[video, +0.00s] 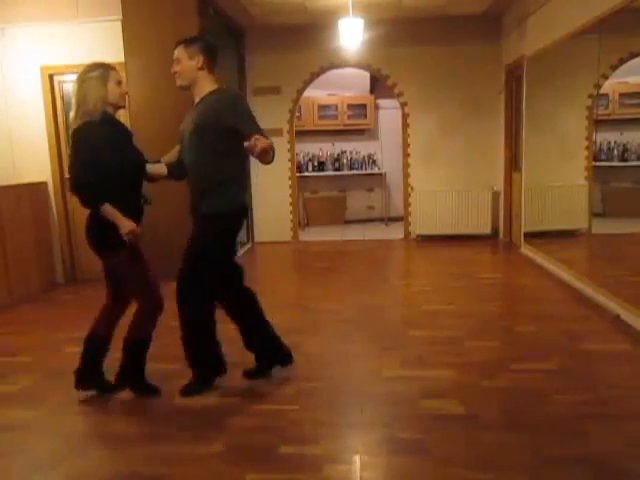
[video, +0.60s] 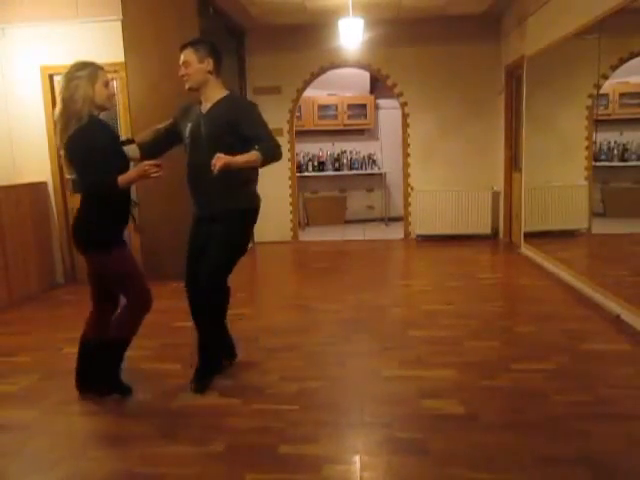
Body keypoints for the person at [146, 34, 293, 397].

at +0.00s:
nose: (173, 69)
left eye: (178, 62)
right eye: (173, 63)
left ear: (199, 62)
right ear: (194, 64)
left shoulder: (227, 101)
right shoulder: (194, 113)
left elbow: (266, 155)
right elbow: (180, 167)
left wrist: (264, 149)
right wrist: (135, 169)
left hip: (226, 210)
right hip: (206, 211)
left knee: (192, 286)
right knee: (227, 285)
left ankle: (206, 368)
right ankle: (271, 352)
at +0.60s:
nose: (181, 72)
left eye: (187, 65)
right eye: (180, 66)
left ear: (209, 65)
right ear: (197, 69)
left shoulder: (237, 106)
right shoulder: (190, 112)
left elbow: (272, 150)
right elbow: (155, 145)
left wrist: (235, 160)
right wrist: (114, 149)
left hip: (237, 211)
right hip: (205, 211)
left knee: (209, 281)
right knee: (195, 282)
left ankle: (207, 364)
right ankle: (221, 346)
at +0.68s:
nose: (187, 73)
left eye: (192, 66)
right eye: (186, 67)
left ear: (214, 67)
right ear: (202, 70)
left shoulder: (243, 108)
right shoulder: (194, 113)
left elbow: (280, 152)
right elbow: (161, 145)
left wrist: (244, 161)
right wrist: (122, 151)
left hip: (241, 209)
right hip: (210, 209)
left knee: (217, 278)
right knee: (197, 282)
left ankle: (227, 356)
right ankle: (214, 354)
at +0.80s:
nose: (198, 73)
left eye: (204, 66)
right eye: (197, 68)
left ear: (227, 67)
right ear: (210, 72)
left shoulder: (257, 109)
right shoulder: (203, 117)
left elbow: (295, 153)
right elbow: (165, 153)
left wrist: (270, 162)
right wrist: (122, 157)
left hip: (252, 209)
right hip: (219, 210)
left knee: (238, 283)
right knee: (210, 288)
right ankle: (221, 354)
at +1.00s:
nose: (218, 71)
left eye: (224, 64)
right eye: (217, 65)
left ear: (247, 65)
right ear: (219, 71)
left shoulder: (278, 106)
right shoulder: (222, 115)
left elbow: (317, 148)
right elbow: (192, 159)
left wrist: (318, 159)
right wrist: (151, 160)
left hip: (279, 210)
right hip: (240, 212)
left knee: (284, 285)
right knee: (231, 287)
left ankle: (292, 338)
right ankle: (223, 356)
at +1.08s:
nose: (225, 70)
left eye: (232, 63)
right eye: (224, 65)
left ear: (253, 65)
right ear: (225, 69)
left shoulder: (284, 105)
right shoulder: (228, 111)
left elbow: (314, 136)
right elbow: (206, 158)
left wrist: (327, 156)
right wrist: (177, 160)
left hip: (286, 208)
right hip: (246, 210)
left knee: (292, 281)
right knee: (235, 283)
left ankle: (293, 338)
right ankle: (223, 350)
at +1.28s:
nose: (246, 69)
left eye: (252, 62)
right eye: (242, 65)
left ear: (270, 65)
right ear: (239, 70)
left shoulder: (297, 106)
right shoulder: (237, 112)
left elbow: (319, 140)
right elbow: (226, 158)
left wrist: (335, 161)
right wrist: (212, 174)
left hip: (295, 204)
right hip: (255, 206)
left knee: (300, 277)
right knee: (263, 277)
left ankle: (297, 341)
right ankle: (255, 325)